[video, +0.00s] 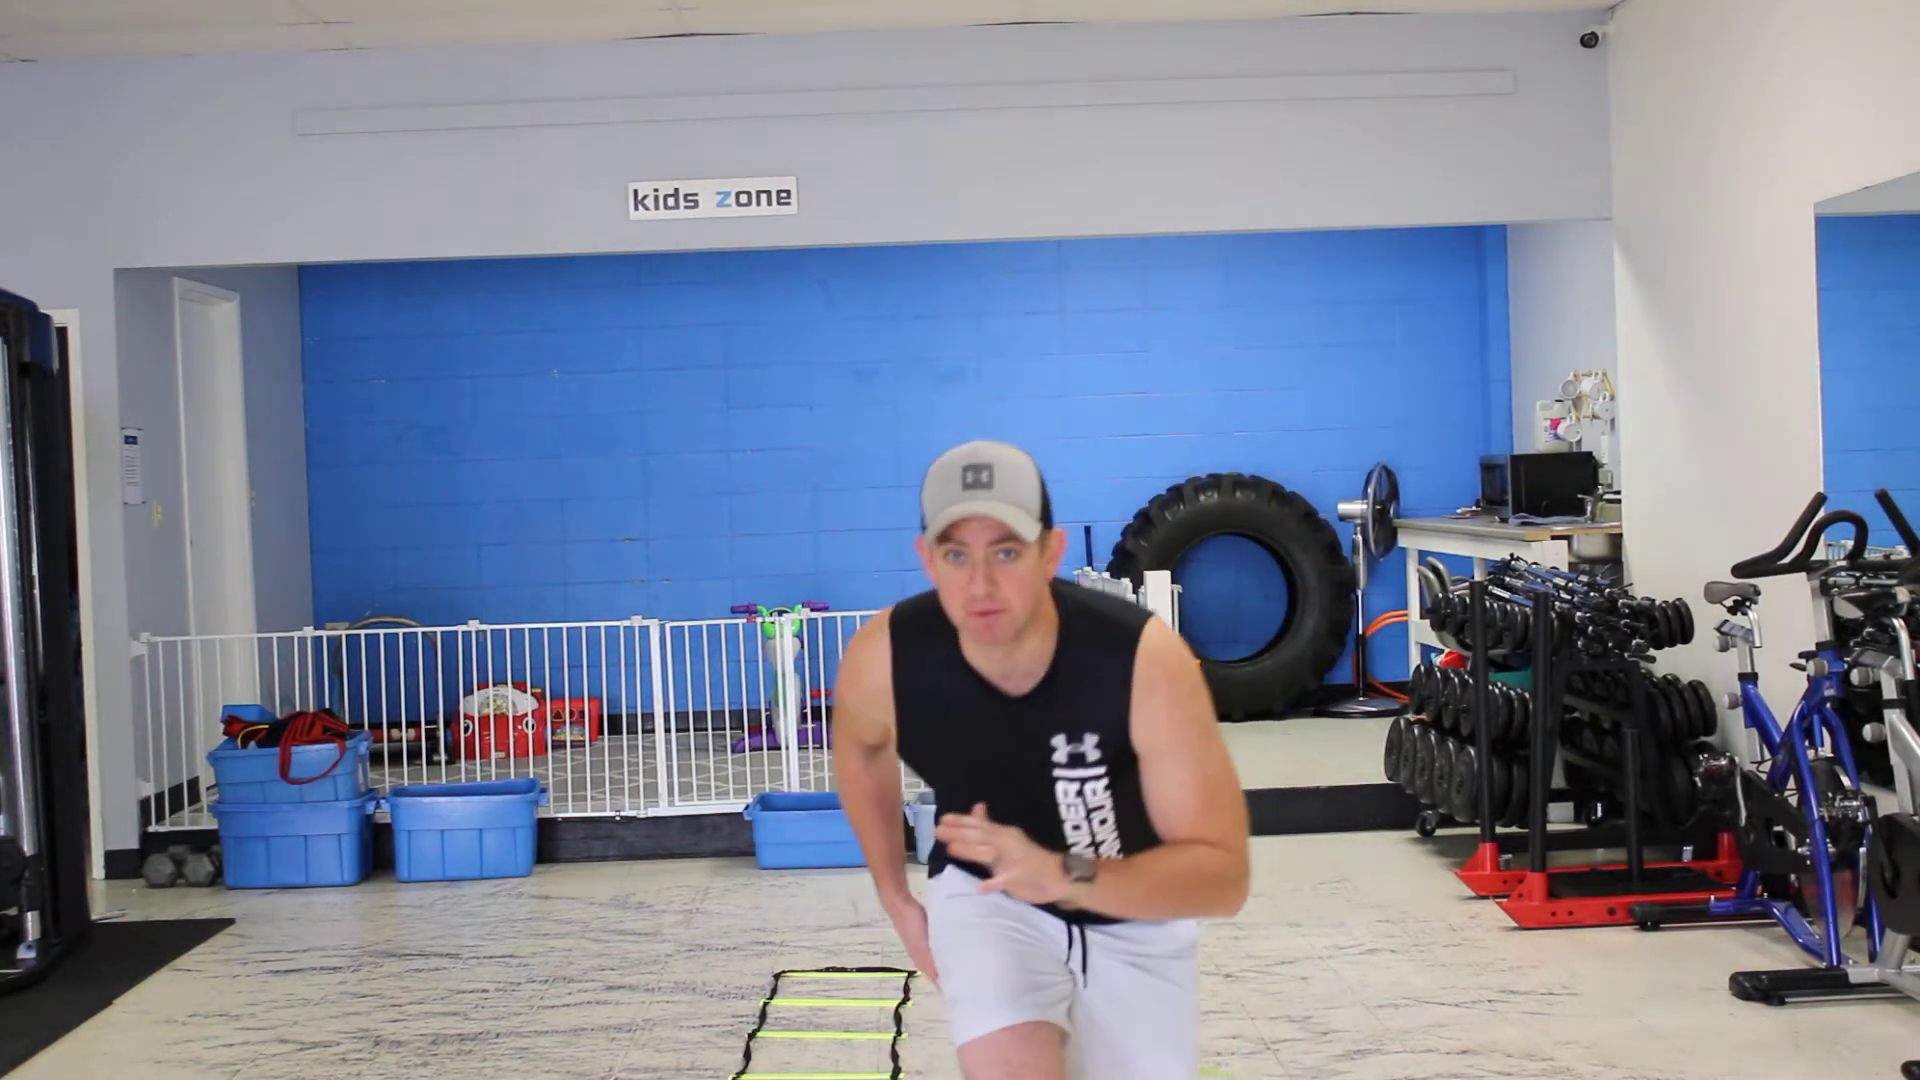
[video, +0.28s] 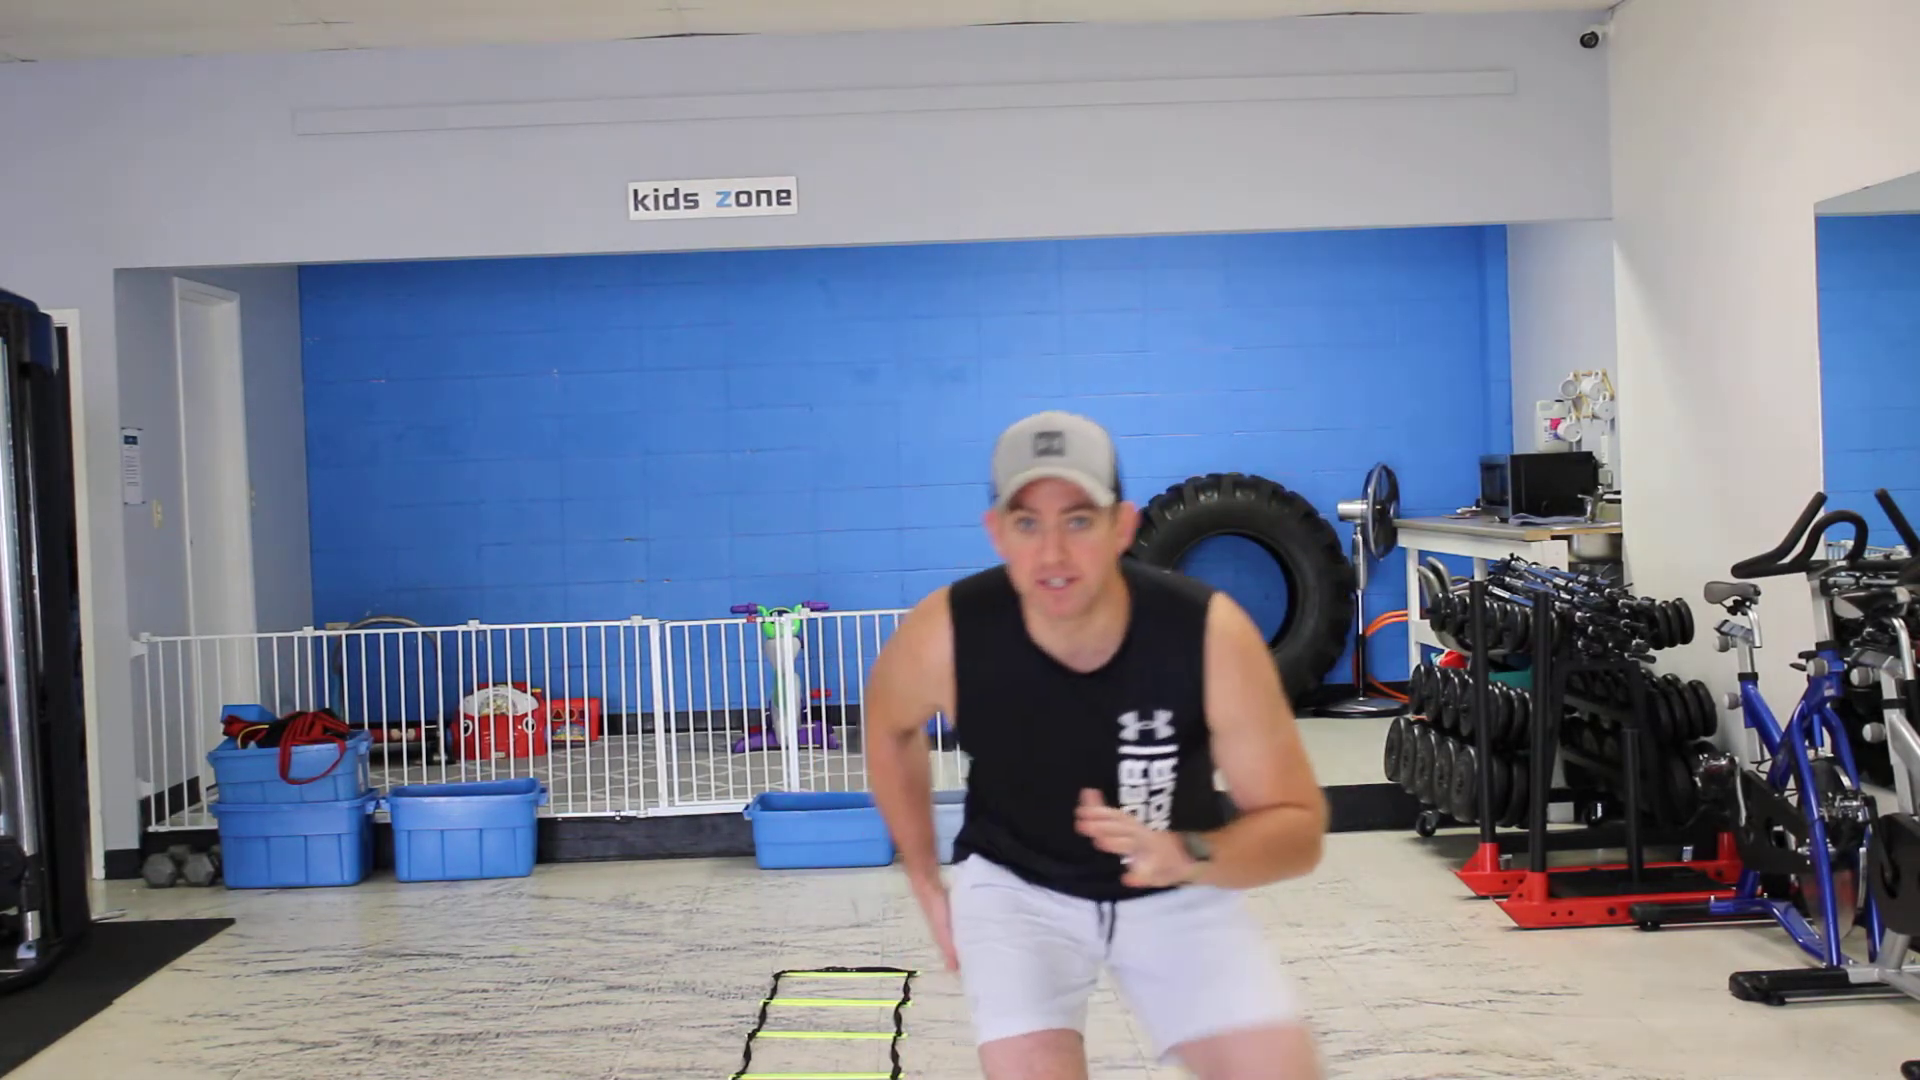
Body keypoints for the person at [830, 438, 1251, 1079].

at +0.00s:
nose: (981, 583)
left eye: (1007, 553)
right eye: (957, 555)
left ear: (1052, 553)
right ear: (928, 560)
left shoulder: (1144, 655)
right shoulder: (883, 661)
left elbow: (1221, 873)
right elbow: (863, 751)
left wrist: (1069, 877)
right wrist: (898, 898)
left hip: (1143, 917)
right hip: (987, 901)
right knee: (1014, 1066)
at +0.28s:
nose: (1052, 552)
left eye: (1078, 521)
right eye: (1027, 524)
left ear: (1123, 527)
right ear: (997, 533)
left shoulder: (1209, 632)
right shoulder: (948, 633)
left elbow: (1299, 826)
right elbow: (891, 727)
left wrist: (1192, 855)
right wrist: (926, 882)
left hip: (1180, 901)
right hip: (1015, 893)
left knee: (1280, 1065)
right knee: (1032, 1066)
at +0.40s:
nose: (1108, 517)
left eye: (1134, 489)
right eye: (1083, 491)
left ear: (1178, 497)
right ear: (1051, 500)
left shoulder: (1258, 605)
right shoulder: (991, 602)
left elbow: (1345, 787)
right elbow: (922, 688)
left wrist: (1260, 826)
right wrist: (960, 839)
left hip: (1215, 865)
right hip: (1049, 874)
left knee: (1385, 1049)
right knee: (1047, 1066)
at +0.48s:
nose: (1153, 479)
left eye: (1178, 449)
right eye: (1126, 451)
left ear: (1221, 459)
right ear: (1094, 463)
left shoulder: (1297, 567)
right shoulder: (1034, 570)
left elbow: (1388, 741)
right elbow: (947, 643)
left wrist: (1316, 788)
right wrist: (999, 785)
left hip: (1258, 843)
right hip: (1085, 857)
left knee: (1449, 1037)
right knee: (1071, 1067)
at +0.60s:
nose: (1236, 414)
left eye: (1261, 384)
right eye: (1207, 387)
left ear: (1306, 394)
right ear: (1176, 404)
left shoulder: (1391, 513)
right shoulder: (1121, 514)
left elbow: (1478, 683)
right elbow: (1021, 574)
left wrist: (1416, 726)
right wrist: (1090, 721)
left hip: (1350, 817)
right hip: (1161, 828)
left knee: (1521, 1042)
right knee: (1116, 1069)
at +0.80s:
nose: (1409, 397)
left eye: (1434, 366)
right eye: (1380, 370)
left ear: (1479, 376)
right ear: (1344, 387)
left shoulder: (1574, 502)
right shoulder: (1285, 520)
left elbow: (1678, 701)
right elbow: (1198, 598)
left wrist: (1608, 700)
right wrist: (1273, 744)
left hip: (1524, 840)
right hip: (1329, 850)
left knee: (1691, 1062)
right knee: (1218, 1070)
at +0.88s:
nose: (1463, 415)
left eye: (1486, 383)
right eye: (1434, 388)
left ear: (1530, 389)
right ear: (1396, 405)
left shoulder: (1626, 520)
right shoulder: (1332, 537)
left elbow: (1725, 690)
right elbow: (1233, 619)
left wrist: (1682, 723)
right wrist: (1309, 768)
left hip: (1563, 857)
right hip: (1365, 865)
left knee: (1731, 1064)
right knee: (1241, 1070)